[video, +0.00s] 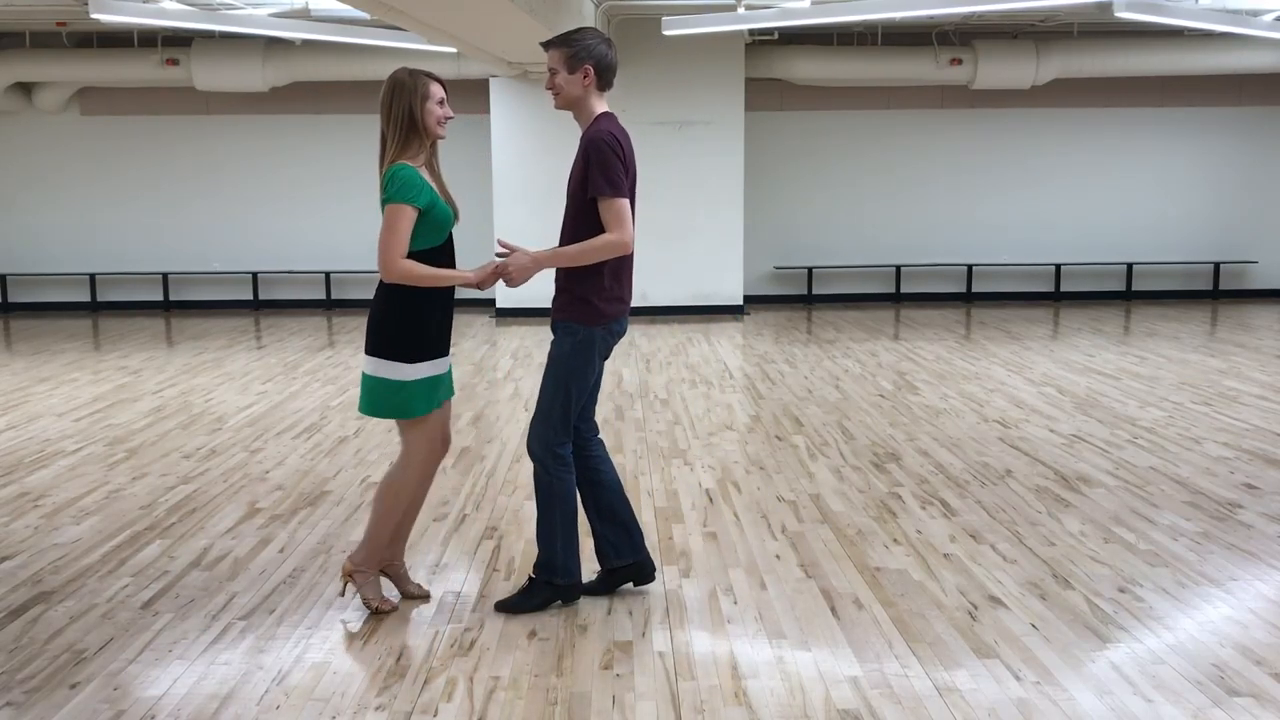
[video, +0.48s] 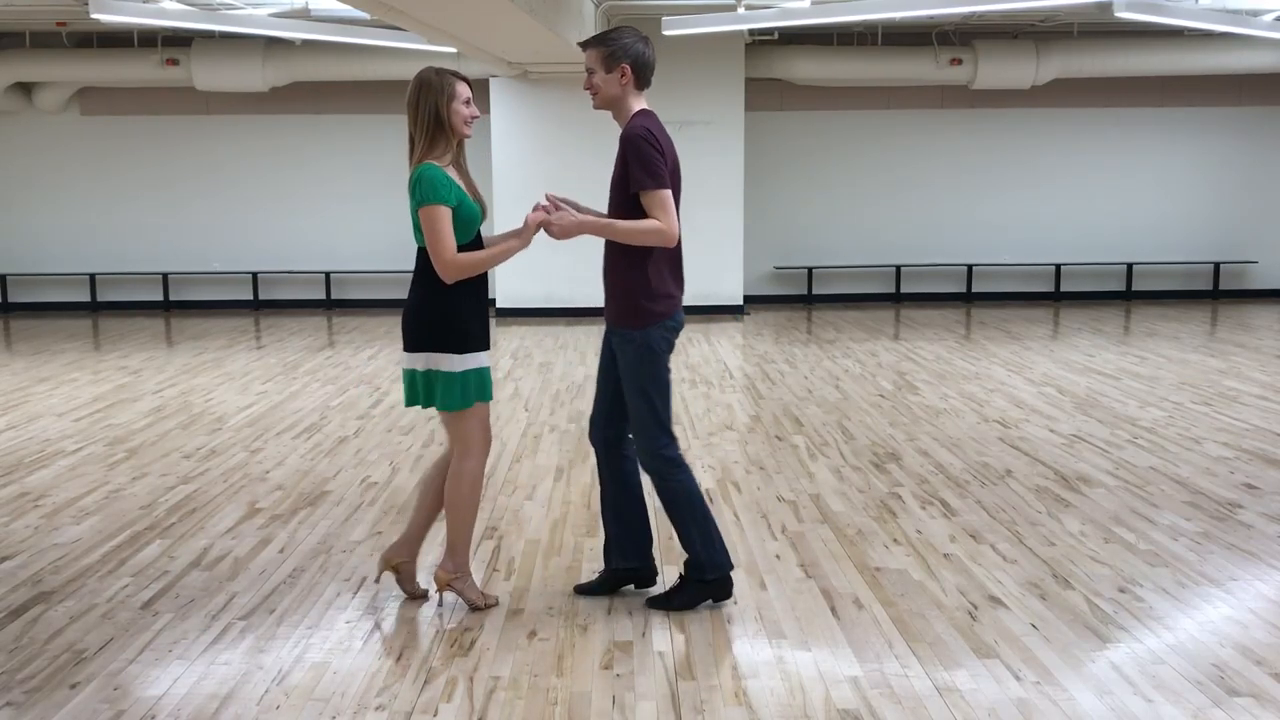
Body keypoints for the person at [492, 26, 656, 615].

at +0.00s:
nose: (547, 83)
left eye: (554, 72)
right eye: (547, 73)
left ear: (584, 74)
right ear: (586, 76)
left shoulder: (603, 139)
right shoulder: (600, 135)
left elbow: (620, 239)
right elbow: (597, 236)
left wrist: (538, 260)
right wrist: (535, 260)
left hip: (588, 317)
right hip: (589, 313)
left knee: (549, 440)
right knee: (579, 435)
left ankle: (556, 577)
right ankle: (628, 559)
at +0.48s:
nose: (586, 85)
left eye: (591, 74)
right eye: (586, 74)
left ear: (623, 74)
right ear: (622, 77)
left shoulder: (641, 136)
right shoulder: (640, 133)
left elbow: (667, 231)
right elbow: (641, 226)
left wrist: (587, 224)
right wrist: (581, 214)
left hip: (645, 320)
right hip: (629, 317)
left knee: (654, 445)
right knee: (609, 434)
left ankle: (710, 570)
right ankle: (630, 563)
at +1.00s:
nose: (621, 84)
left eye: (628, 73)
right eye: (620, 74)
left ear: (659, 75)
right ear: (661, 77)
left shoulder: (679, 140)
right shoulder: (680, 134)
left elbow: (709, 238)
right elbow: (691, 225)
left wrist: (632, 253)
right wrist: (633, 226)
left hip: (696, 318)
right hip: (706, 314)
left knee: (687, 446)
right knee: (714, 435)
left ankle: (714, 575)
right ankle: (774, 557)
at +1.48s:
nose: (596, 84)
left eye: (603, 72)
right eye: (597, 73)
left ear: (635, 75)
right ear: (634, 77)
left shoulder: (652, 136)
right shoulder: (649, 133)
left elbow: (672, 234)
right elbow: (655, 221)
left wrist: (595, 211)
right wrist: (596, 211)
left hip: (666, 319)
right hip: (643, 318)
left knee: (669, 444)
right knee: (622, 435)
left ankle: (713, 576)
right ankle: (666, 559)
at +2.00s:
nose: (548, 83)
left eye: (555, 74)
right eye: (549, 73)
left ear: (586, 77)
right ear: (589, 78)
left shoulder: (602, 141)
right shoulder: (605, 137)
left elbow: (610, 241)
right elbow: (596, 238)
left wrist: (528, 249)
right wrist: (528, 244)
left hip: (594, 319)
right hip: (603, 316)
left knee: (549, 443)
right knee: (586, 438)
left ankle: (558, 584)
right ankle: (632, 564)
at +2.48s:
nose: (553, 90)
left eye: (561, 80)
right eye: (553, 80)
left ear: (594, 82)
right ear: (591, 85)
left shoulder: (613, 138)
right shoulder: (613, 135)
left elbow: (635, 227)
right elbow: (621, 226)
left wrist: (553, 218)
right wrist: (550, 219)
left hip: (609, 315)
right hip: (633, 312)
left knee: (554, 427)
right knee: (628, 430)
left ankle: (574, 566)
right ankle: (678, 558)